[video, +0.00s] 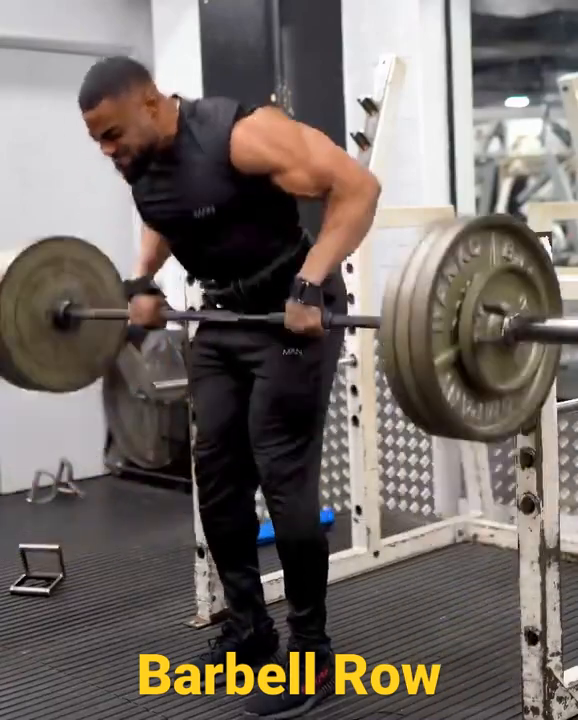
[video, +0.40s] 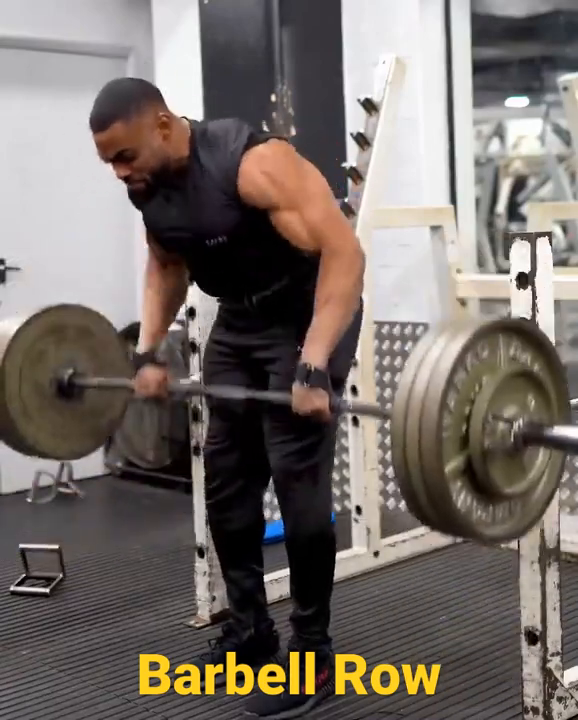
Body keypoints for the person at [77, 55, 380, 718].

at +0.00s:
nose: (109, 151)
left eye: (113, 134)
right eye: (99, 140)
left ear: (155, 104)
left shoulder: (240, 134)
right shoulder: (139, 163)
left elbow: (359, 187)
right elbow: (164, 217)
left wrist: (308, 285)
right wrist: (143, 279)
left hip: (293, 323)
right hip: (220, 326)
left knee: (283, 473)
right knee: (216, 474)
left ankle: (309, 647)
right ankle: (246, 628)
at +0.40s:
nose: (120, 174)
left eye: (125, 157)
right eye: (111, 164)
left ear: (166, 126)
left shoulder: (258, 163)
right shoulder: (153, 187)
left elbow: (345, 253)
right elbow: (166, 262)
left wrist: (314, 365)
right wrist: (151, 349)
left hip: (306, 325)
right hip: (236, 330)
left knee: (297, 477)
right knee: (227, 480)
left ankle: (311, 648)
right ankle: (248, 627)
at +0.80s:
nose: (112, 201)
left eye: (118, 185)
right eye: (104, 189)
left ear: (161, 157)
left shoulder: (258, 212)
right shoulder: (145, 224)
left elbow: (315, 332)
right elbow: (155, 332)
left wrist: (320, 460)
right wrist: (153, 436)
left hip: (325, 311)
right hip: (248, 324)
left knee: (305, 468)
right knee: (225, 469)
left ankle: (312, 648)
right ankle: (249, 627)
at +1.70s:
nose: (126, 152)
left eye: (133, 136)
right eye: (118, 141)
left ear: (174, 106)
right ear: (121, 129)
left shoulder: (261, 155)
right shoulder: (154, 180)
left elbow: (335, 265)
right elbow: (159, 278)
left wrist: (308, 383)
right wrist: (144, 370)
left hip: (307, 322)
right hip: (237, 327)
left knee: (303, 484)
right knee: (229, 484)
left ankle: (313, 651)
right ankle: (248, 629)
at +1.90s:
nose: (124, 139)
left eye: (129, 121)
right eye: (115, 128)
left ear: (170, 89)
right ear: (115, 115)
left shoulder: (257, 126)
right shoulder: (150, 153)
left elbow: (364, 196)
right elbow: (166, 216)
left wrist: (314, 293)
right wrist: (147, 288)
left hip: (302, 305)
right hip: (229, 307)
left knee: (295, 475)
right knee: (226, 478)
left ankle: (311, 652)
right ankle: (248, 632)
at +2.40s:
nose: (119, 179)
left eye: (124, 162)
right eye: (110, 169)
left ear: (165, 129)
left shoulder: (258, 167)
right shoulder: (151, 192)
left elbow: (346, 259)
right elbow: (166, 263)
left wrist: (316, 371)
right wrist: (152, 354)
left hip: (313, 326)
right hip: (240, 333)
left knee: (304, 486)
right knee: (230, 486)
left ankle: (312, 648)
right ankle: (249, 626)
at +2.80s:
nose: (112, 212)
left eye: (117, 196)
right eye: (104, 201)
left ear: (158, 164)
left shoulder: (258, 216)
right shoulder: (145, 235)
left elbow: (312, 340)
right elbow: (155, 340)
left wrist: (320, 470)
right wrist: (154, 442)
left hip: (329, 310)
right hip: (250, 323)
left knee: (308, 469)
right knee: (226, 470)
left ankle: (313, 648)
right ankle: (248, 626)